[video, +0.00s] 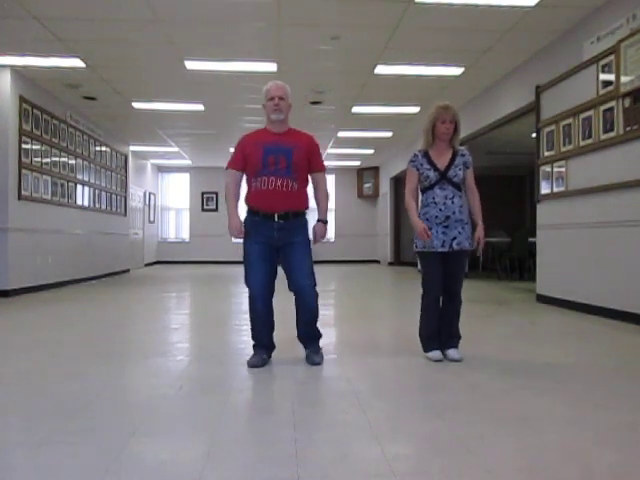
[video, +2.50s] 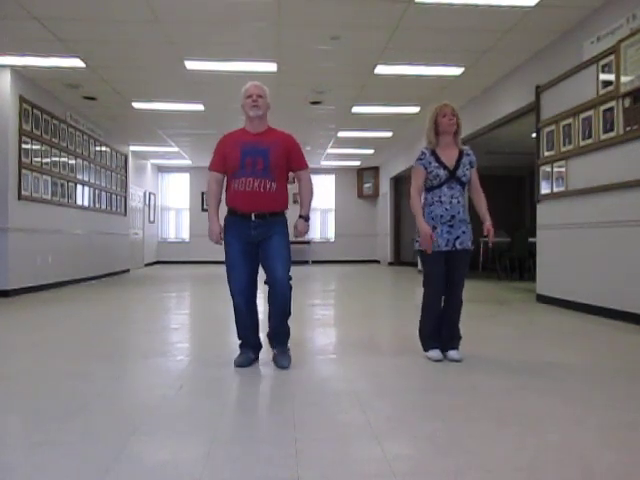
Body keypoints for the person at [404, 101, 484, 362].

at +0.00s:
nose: (447, 127)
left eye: (451, 123)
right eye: (442, 122)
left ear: (455, 127)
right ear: (433, 126)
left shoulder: (463, 157)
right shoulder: (419, 158)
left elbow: (472, 190)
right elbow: (409, 195)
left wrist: (479, 223)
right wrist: (416, 221)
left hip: (458, 231)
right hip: (430, 231)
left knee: (453, 290)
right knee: (433, 289)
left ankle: (451, 343)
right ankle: (431, 344)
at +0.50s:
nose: (452, 125)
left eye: (456, 121)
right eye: (447, 120)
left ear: (459, 126)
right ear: (437, 124)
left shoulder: (465, 157)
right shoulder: (424, 157)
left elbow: (475, 190)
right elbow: (414, 195)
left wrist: (487, 213)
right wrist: (417, 228)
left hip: (458, 230)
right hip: (430, 230)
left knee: (455, 290)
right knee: (430, 289)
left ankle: (450, 343)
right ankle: (430, 343)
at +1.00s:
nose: (447, 125)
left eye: (451, 122)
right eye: (442, 120)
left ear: (455, 127)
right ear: (432, 124)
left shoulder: (461, 156)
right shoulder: (417, 156)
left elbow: (470, 191)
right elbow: (408, 192)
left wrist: (477, 223)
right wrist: (415, 220)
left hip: (458, 231)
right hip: (429, 231)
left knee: (453, 290)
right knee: (432, 289)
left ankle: (450, 343)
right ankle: (431, 344)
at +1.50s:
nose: (448, 123)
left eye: (452, 119)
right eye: (443, 118)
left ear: (456, 124)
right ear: (433, 123)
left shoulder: (463, 156)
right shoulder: (420, 157)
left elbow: (473, 188)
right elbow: (412, 196)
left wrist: (482, 212)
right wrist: (413, 228)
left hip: (457, 229)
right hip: (429, 229)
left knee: (454, 288)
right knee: (430, 288)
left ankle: (451, 343)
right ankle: (430, 343)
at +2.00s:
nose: (445, 121)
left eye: (448, 117)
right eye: (439, 117)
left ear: (453, 123)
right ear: (430, 124)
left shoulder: (464, 156)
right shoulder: (420, 158)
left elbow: (471, 190)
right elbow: (410, 195)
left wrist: (478, 222)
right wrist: (419, 224)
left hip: (460, 231)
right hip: (432, 231)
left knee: (454, 291)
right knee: (433, 290)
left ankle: (451, 343)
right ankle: (432, 344)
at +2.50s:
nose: (450, 119)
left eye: (453, 115)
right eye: (444, 116)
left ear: (458, 122)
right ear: (435, 123)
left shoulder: (467, 155)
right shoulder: (426, 155)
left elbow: (476, 191)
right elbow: (415, 193)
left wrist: (486, 219)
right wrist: (422, 225)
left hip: (460, 229)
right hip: (433, 230)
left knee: (455, 290)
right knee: (434, 289)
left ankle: (451, 343)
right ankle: (431, 343)